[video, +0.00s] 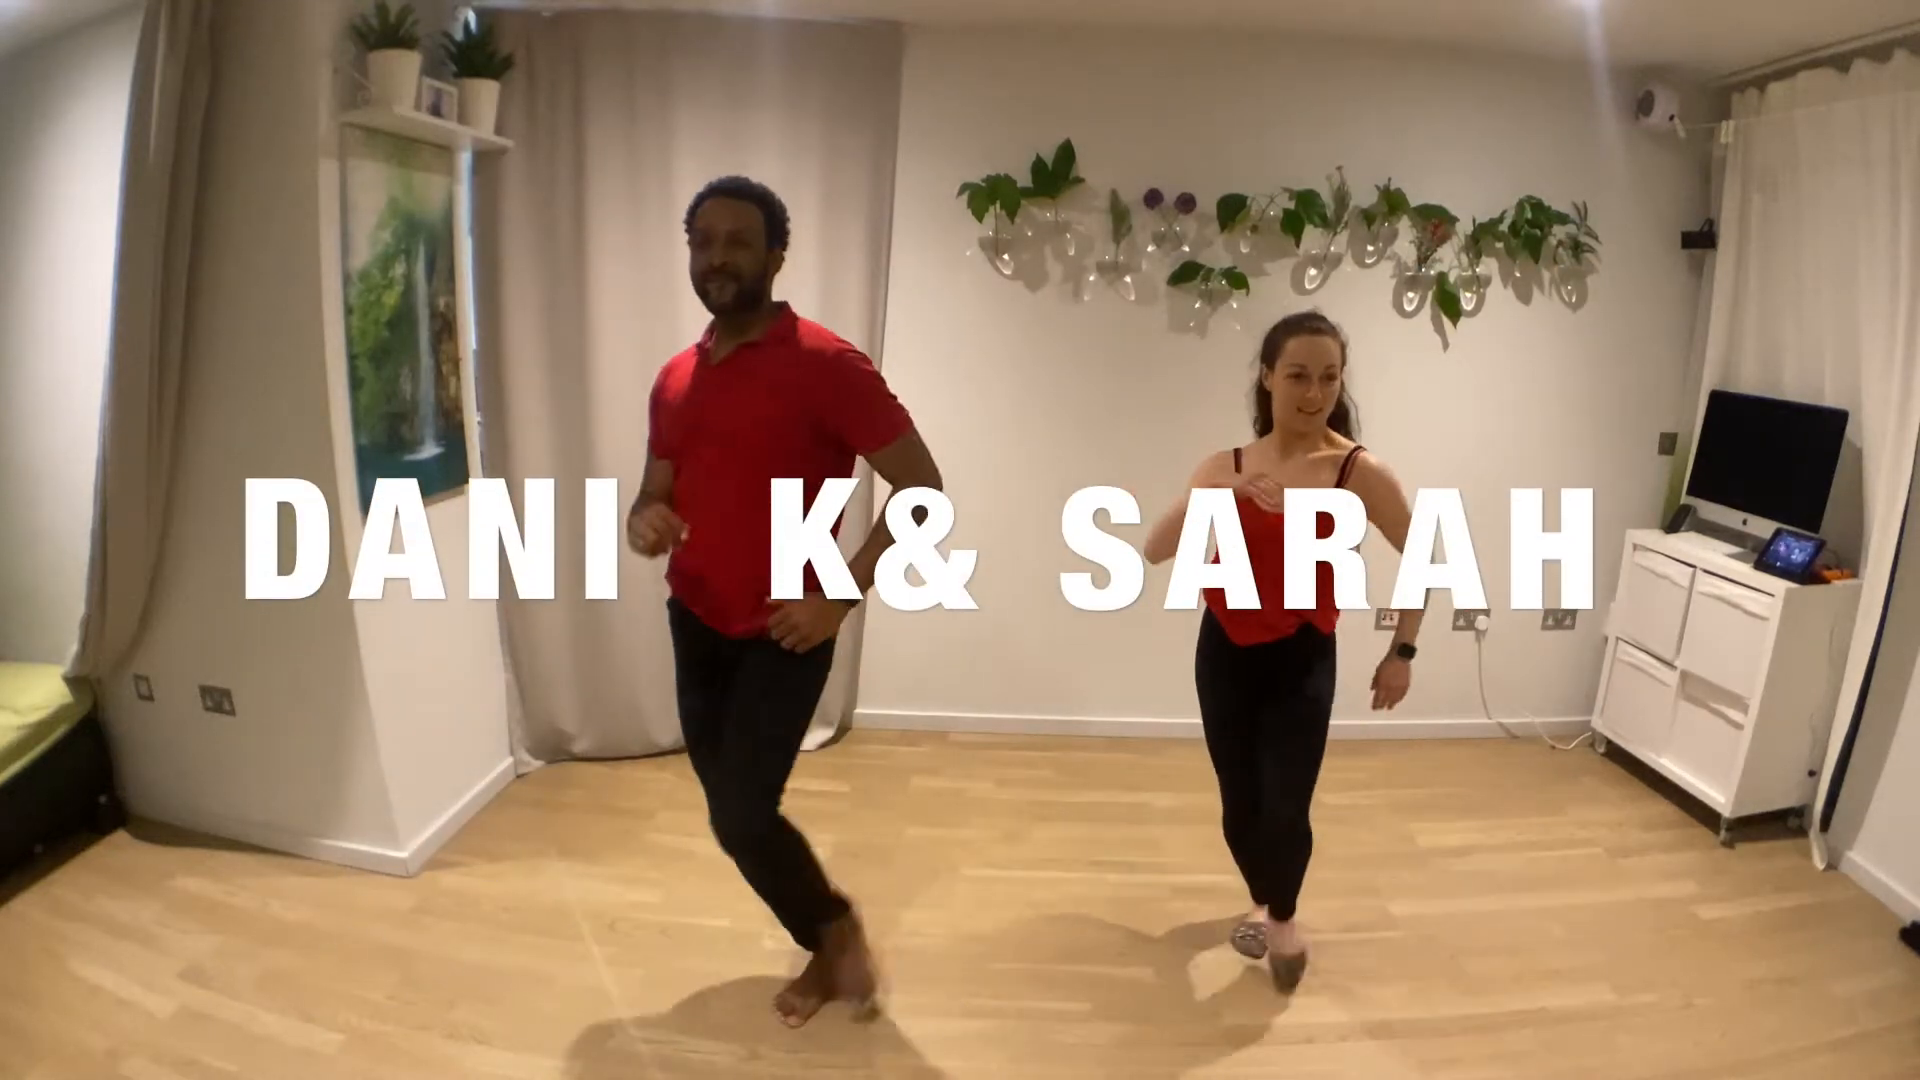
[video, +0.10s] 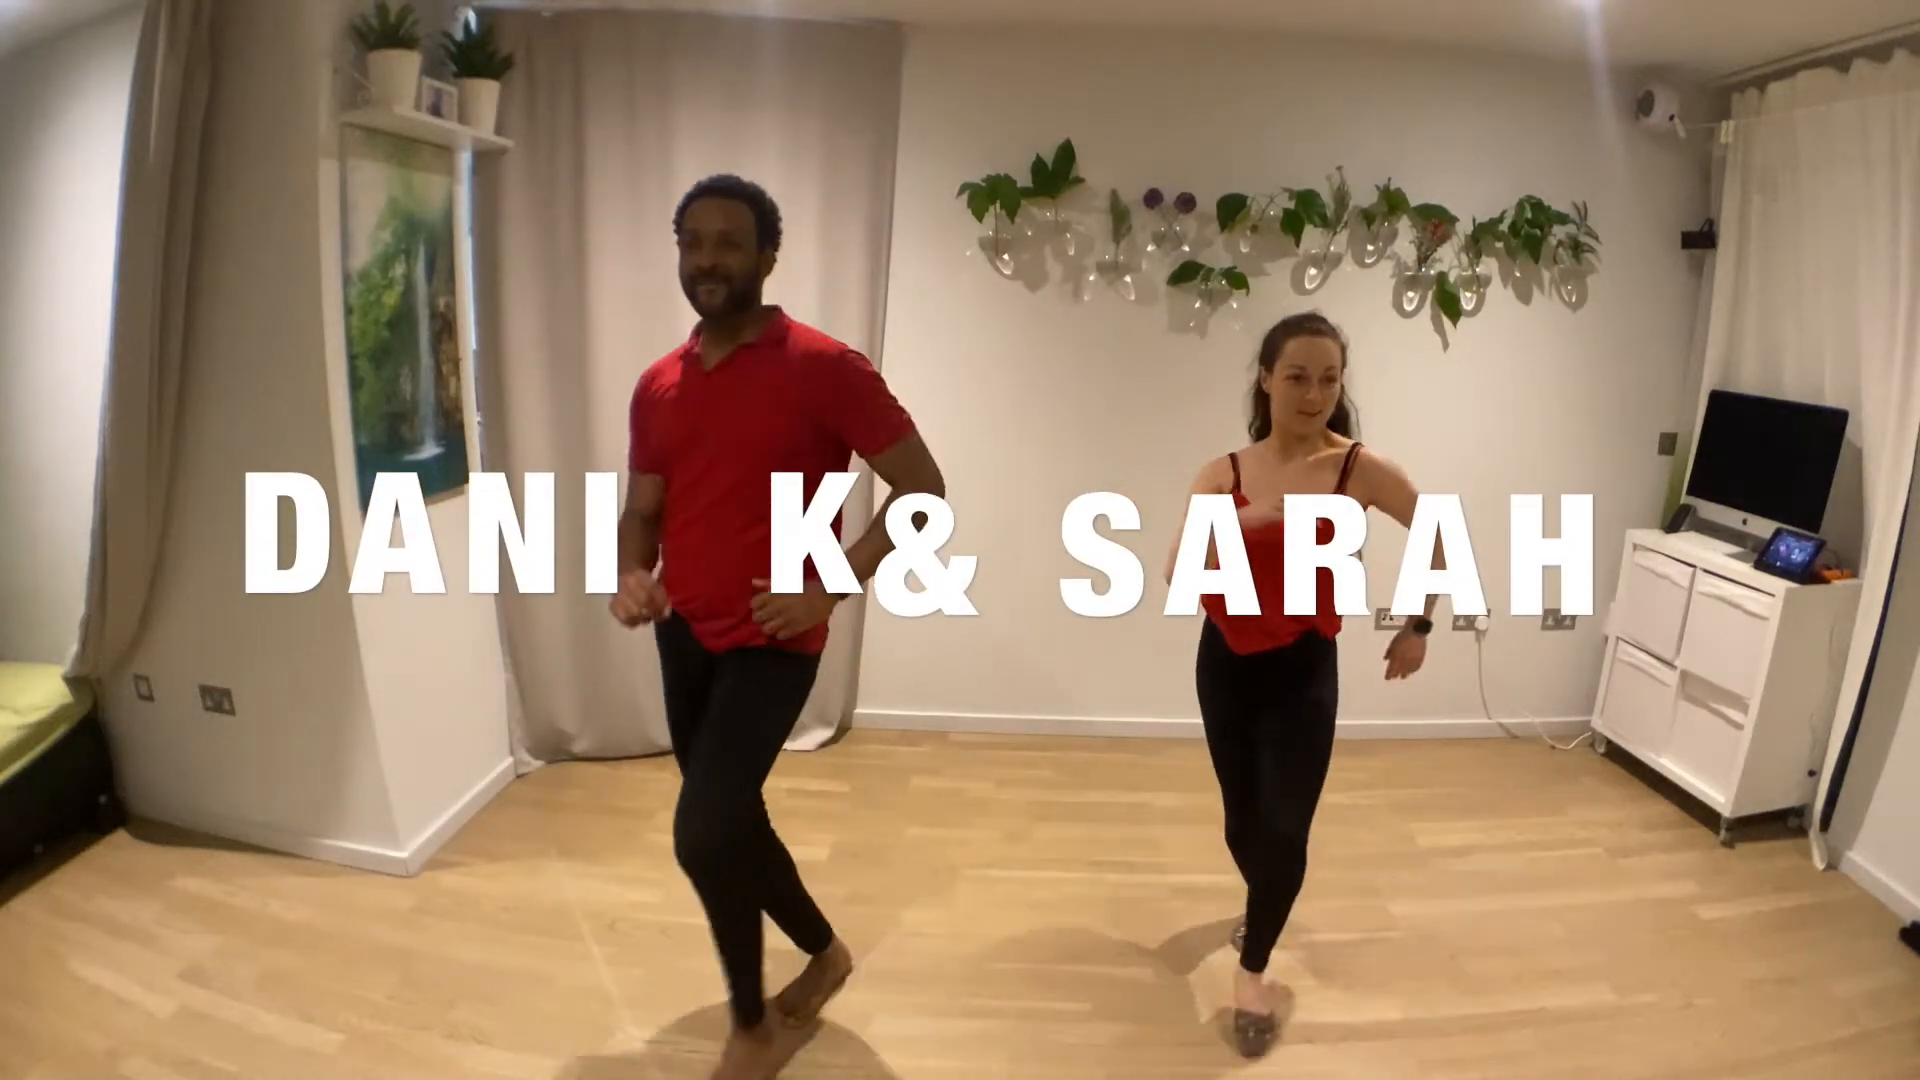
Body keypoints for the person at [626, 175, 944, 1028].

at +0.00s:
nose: (716, 260)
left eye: (738, 244)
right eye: (701, 244)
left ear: (776, 255)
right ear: (687, 256)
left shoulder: (828, 366)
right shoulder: (677, 379)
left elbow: (920, 489)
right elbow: (654, 495)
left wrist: (841, 595)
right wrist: (649, 522)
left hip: (789, 630)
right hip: (699, 622)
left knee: (742, 814)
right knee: (734, 815)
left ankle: (836, 929)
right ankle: (825, 941)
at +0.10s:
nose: (706, 261)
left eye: (728, 244)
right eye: (692, 244)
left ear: (767, 255)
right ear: (677, 254)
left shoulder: (825, 370)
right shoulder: (660, 385)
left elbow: (921, 492)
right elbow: (642, 511)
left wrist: (825, 585)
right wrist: (633, 573)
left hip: (775, 637)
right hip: (686, 631)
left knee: (702, 838)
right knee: (724, 819)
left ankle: (751, 1024)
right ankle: (827, 950)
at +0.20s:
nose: (695, 263)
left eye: (718, 246)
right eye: (681, 245)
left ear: (758, 257)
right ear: (664, 256)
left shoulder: (815, 378)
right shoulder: (636, 387)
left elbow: (902, 503)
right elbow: (626, 515)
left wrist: (795, 580)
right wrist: (612, 618)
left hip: (763, 653)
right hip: (670, 647)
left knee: (690, 863)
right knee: (715, 838)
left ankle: (702, 1052)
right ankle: (828, 949)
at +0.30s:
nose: (684, 261)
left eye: (707, 244)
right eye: (670, 243)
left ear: (750, 257)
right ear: (653, 255)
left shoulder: (802, 390)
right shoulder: (616, 382)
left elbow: (866, 538)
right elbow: (600, 519)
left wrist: (767, 609)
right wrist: (595, 633)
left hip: (753, 665)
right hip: (651, 657)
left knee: (689, 863)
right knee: (669, 868)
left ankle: (700, 1057)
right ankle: (812, 938)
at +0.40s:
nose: (672, 261)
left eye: (697, 245)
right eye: (659, 242)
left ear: (740, 262)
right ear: (641, 255)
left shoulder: (786, 395)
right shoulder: (606, 384)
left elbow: (839, 553)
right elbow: (593, 511)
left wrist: (755, 656)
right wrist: (587, 623)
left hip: (742, 671)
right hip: (639, 663)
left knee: (682, 871)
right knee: (621, 873)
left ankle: (699, 1060)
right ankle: (762, 919)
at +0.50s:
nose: (666, 261)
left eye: (689, 246)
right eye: (652, 243)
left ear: (730, 262)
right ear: (634, 255)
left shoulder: (776, 395)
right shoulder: (612, 380)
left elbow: (839, 558)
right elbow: (610, 504)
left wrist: (784, 699)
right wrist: (594, 603)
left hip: (735, 671)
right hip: (639, 658)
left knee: (672, 874)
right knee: (619, 866)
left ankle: (699, 1059)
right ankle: (713, 898)